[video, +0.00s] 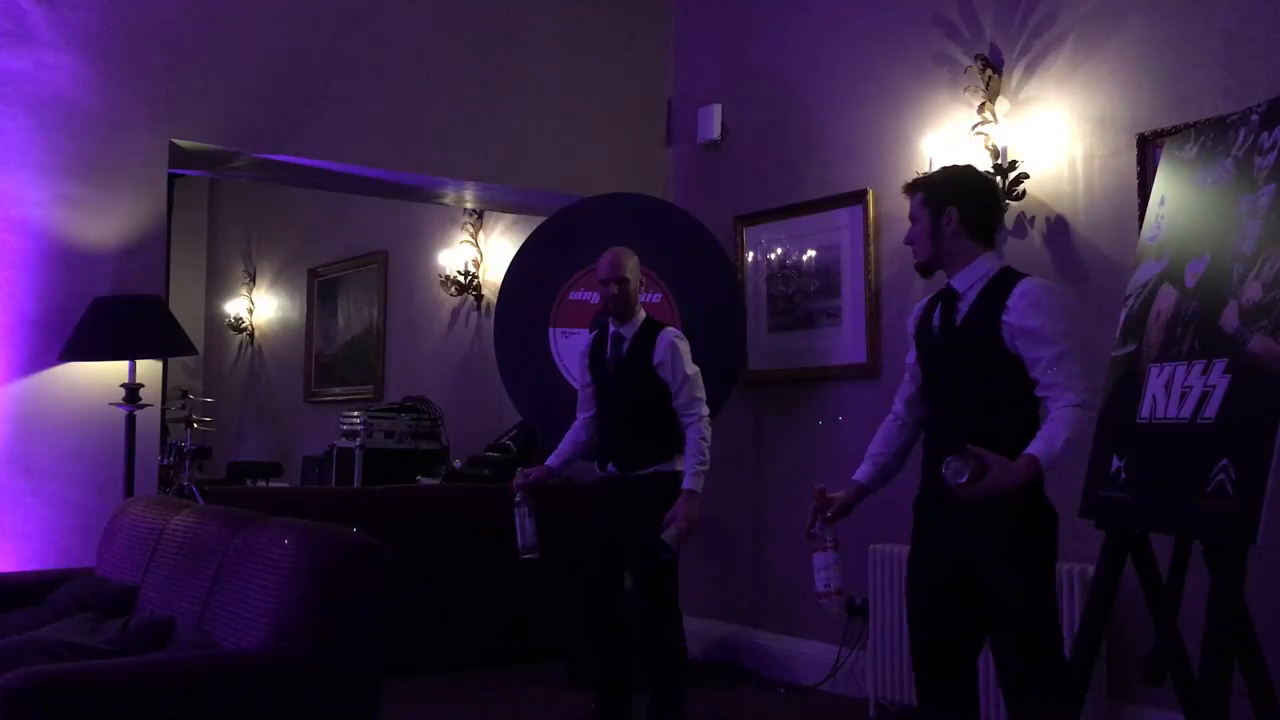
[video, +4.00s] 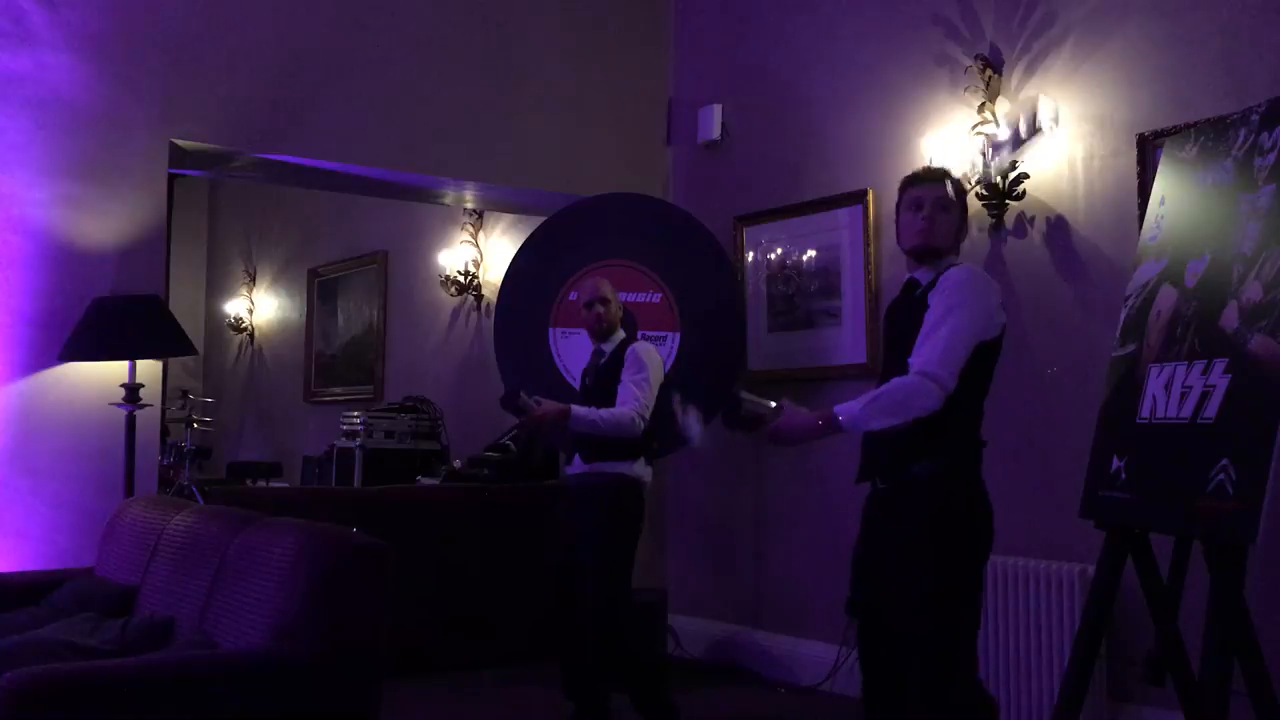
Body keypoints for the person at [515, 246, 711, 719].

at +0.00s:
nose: (612, 292)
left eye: (621, 282)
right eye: (605, 283)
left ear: (640, 285)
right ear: (596, 288)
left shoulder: (668, 343)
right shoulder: (592, 348)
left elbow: (696, 420)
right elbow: (587, 420)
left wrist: (691, 493)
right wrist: (549, 467)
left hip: (656, 487)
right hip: (609, 487)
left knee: (656, 604)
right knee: (604, 599)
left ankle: (666, 706)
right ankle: (611, 703)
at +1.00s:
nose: (588, 292)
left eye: (597, 284)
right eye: (588, 284)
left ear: (626, 287)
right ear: (606, 288)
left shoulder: (658, 343)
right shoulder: (598, 337)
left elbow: (693, 406)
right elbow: (558, 374)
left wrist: (708, 462)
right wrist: (537, 323)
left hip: (641, 487)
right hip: (601, 485)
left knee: (643, 602)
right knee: (597, 598)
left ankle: (661, 705)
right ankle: (596, 702)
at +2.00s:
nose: (585, 300)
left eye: (592, 291)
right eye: (581, 292)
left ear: (619, 290)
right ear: (581, 293)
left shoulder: (657, 343)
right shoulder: (585, 350)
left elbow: (695, 413)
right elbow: (574, 424)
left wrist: (672, 445)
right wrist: (555, 484)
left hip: (646, 489)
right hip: (594, 489)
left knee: (649, 601)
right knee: (593, 600)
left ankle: (664, 705)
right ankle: (595, 704)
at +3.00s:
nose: (603, 308)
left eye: (613, 299)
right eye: (599, 299)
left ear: (638, 297)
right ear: (596, 298)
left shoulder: (672, 351)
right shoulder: (593, 348)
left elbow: (653, 424)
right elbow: (573, 421)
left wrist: (596, 418)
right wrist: (573, 487)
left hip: (650, 490)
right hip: (599, 487)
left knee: (647, 599)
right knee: (596, 595)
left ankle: (663, 703)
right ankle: (594, 701)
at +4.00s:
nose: (596, 311)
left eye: (603, 302)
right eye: (588, 306)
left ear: (620, 307)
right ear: (582, 315)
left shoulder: (640, 353)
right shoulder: (593, 364)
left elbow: (632, 419)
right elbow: (588, 426)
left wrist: (566, 413)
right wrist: (543, 414)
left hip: (617, 486)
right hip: (583, 485)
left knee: (605, 594)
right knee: (582, 593)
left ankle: (602, 697)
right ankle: (586, 697)